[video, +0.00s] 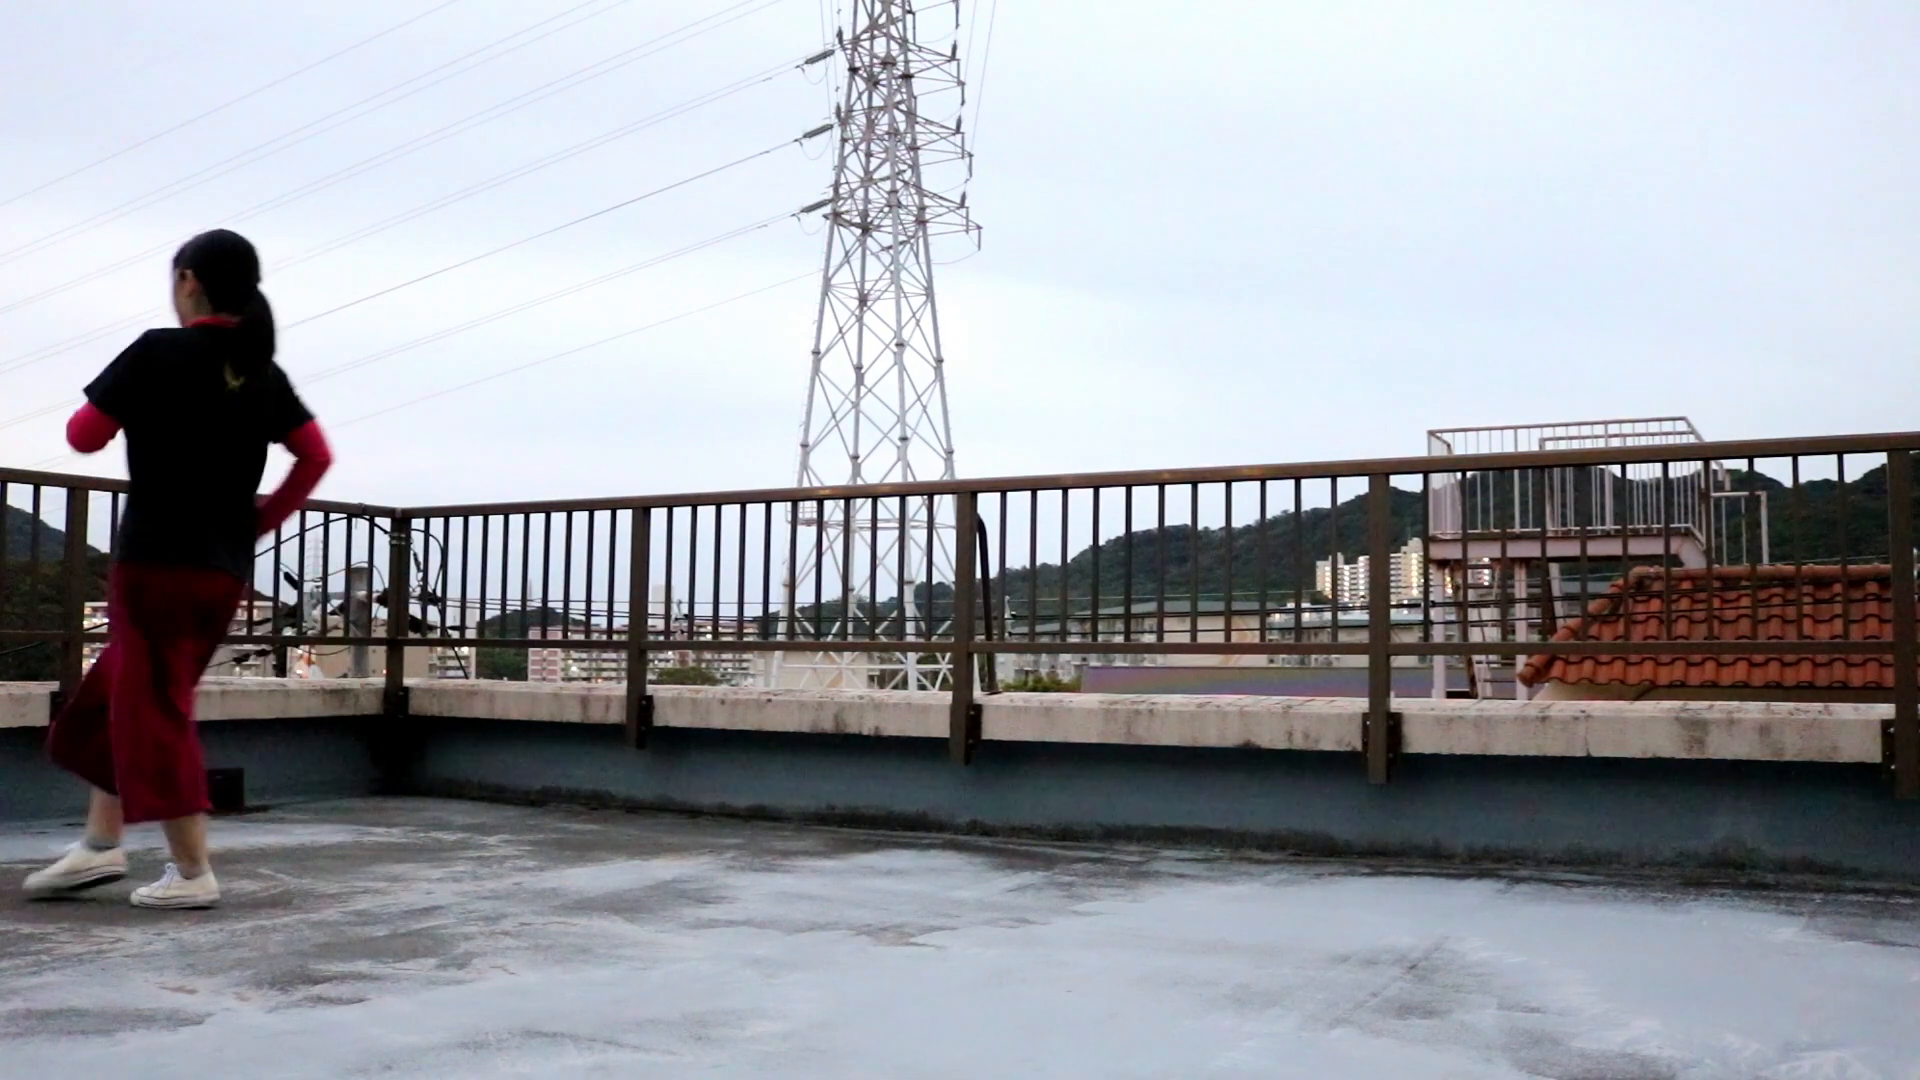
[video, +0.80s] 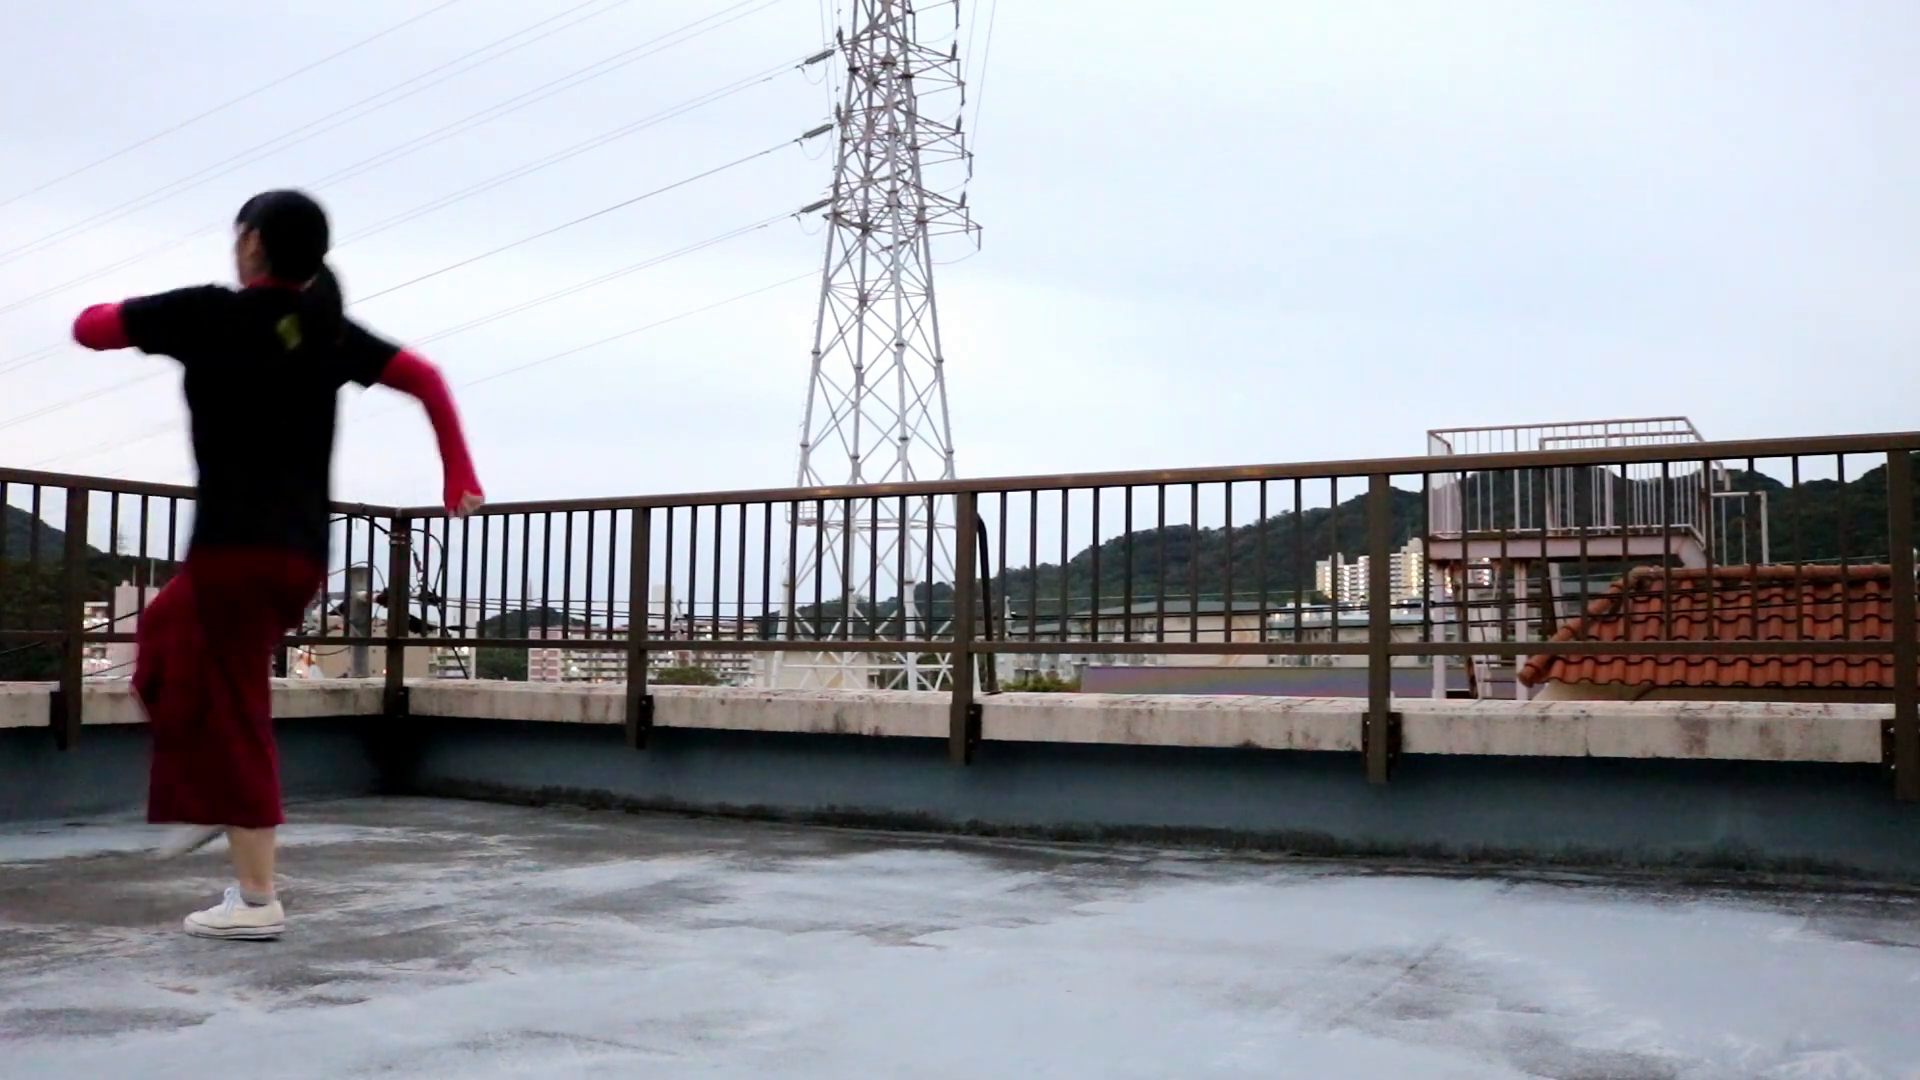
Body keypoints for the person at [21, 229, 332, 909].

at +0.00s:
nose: (172, 291)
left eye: (174, 280)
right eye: (174, 280)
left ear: (190, 284)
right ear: (246, 290)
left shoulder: (156, 351)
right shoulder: (262, 371)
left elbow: (84, 435)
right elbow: (317, 456)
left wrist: (125, 406)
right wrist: (264, 516)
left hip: (148, 561)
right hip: (224, 566)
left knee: (154, 706)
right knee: (126, 691)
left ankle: (194, 872)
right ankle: (100, 843)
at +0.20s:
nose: (140, 300)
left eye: (142, 289)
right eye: (144, 288)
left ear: (156, 293)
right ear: (212, 300)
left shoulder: (146, 360)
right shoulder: (220, 376)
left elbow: (132, 436)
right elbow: (206, 476)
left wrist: (83, 533)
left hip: (129, 566)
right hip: (194, 574)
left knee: (19, 666)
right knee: (127, 708)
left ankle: (115, 785)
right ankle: (95, 865)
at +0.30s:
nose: (133, 292)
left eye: (136, 282)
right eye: (138, 281)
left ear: (149, 287)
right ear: (203, 295)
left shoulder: (146, 347)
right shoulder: (203, 357)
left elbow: (166, 388)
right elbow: (156, 421)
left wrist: (127, 500)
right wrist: (109, 385)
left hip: (131, 549)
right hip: (195, 560)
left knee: (18, 638)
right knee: (137, 706)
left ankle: (97, 729)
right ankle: (97, 864)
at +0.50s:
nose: (157, 301)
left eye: (161, 291)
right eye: (162, 289)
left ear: (174, 297)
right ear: (229, 303)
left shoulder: (149, 365)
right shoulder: (240, 389)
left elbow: (146, 450)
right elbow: (243, 488)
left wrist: (78, 526)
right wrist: (175, 487)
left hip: (123, 572)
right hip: (195, 577)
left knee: (77, 720)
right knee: (142, 722)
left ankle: (200, 807)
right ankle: (96, 864)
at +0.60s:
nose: (176, 304)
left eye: (181, 294)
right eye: (181, 292)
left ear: (194, 303)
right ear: (251, 311)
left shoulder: (159, 381)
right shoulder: (262, 399)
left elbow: (106, 473)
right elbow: (291, 501)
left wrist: (64, 469)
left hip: (141, 584)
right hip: (210, 587)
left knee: (146, 729)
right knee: (123, 716)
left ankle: (244, 878)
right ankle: (94, 866)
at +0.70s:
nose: (207, 275)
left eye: (211, 266)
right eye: (213, 265)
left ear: (222, 276)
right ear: (279, 283)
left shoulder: (179, 348)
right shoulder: (295, 364)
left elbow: (77, 384)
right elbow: (383, 437)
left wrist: (116, 347)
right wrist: (413, 519)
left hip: (180, 564)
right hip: (253, 569)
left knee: (185, 711)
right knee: (150, 689)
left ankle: (255, 894)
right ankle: (112, 827)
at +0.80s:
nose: (235, 246)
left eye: (241, 237)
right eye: (241, 235)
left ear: (254, 247)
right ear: (309, 254)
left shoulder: (205, 312)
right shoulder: (329, 330)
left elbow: (88, 328)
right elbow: (428, 379)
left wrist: (149, 317)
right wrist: (460, 473)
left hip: (235, 546)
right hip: (303, 555)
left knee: (236, 705)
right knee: (160, 625)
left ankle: (257, 897)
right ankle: (218, 799)